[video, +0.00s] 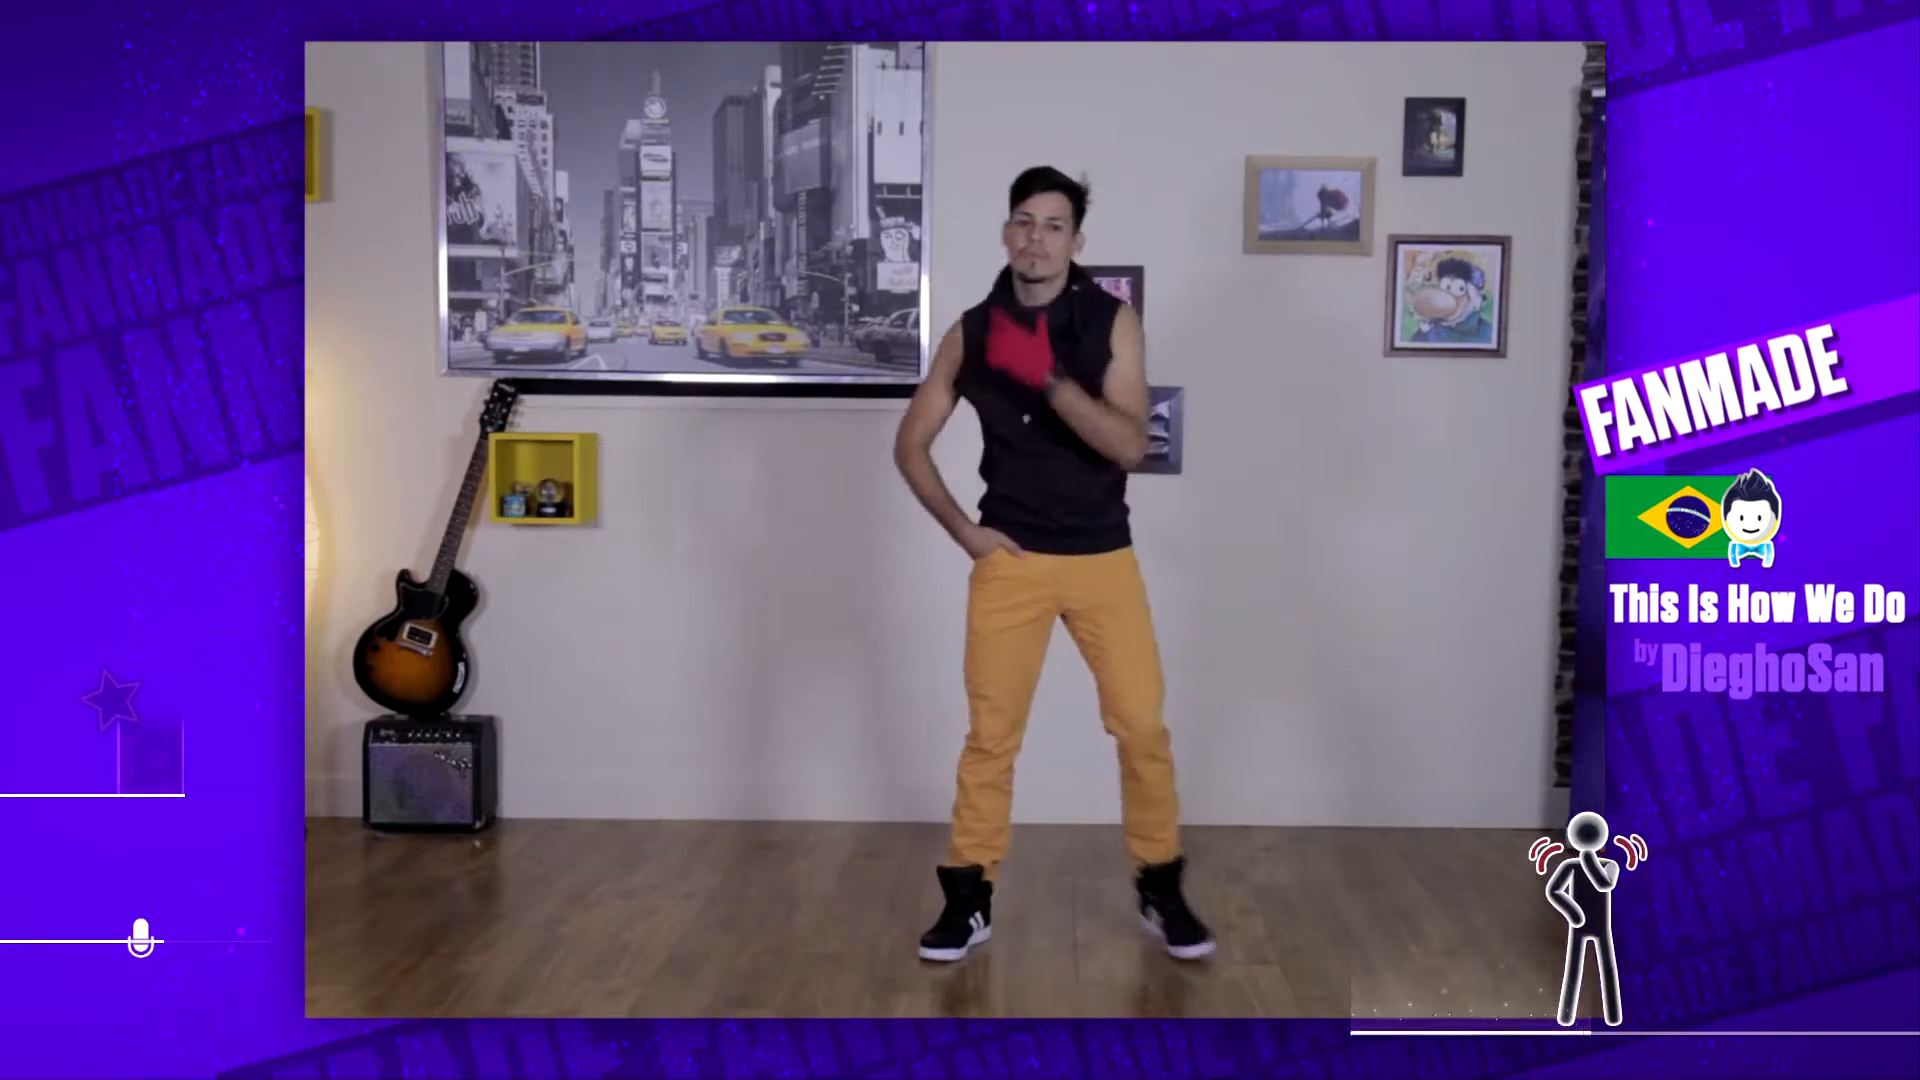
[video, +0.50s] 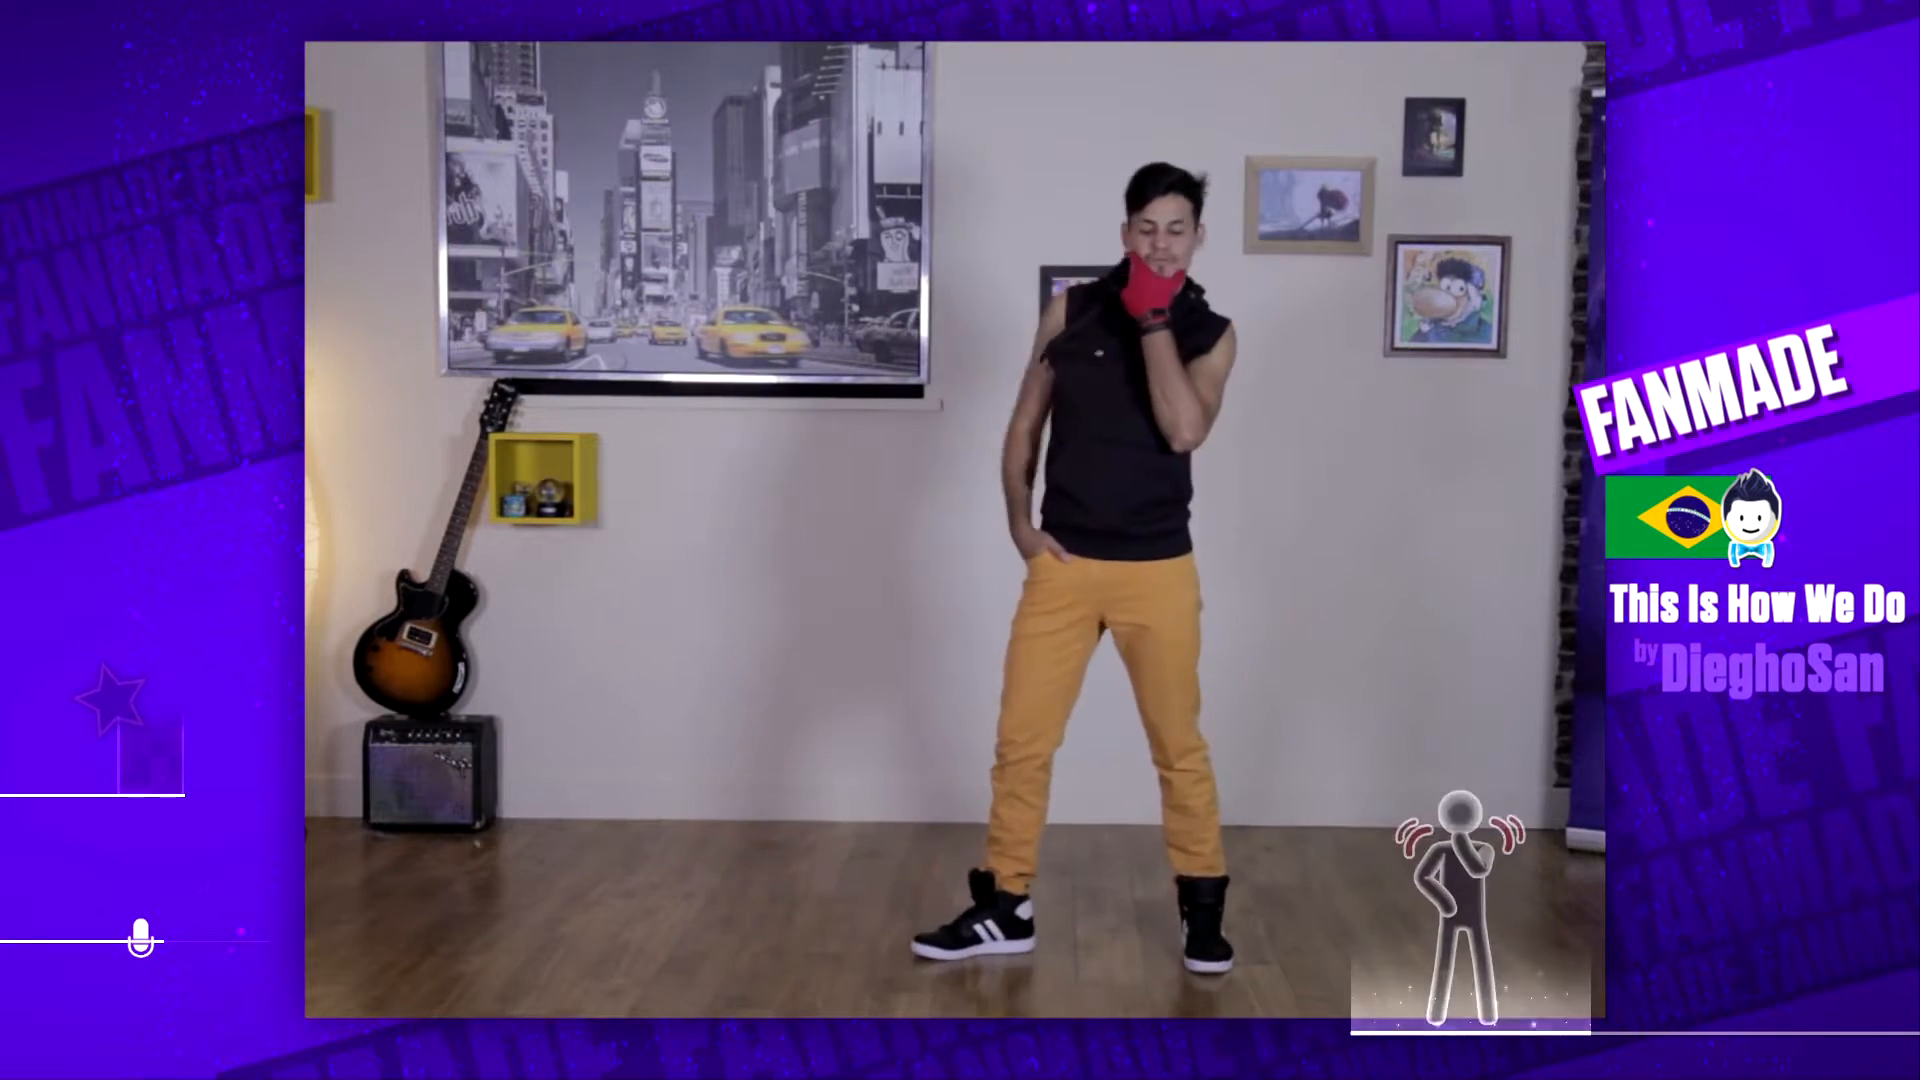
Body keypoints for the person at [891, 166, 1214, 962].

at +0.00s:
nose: (1034, 238)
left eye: (1051, 226)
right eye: (1023, 224)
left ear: (1076, 238)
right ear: (1005, 233)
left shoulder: (1112, 322)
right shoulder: (972, 332)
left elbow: (1130, 447)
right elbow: (909, 446)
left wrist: (1050, 377)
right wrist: (967, 533)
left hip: (1103, 562)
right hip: (1009, 562)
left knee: (1143, 726)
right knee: (991, 736)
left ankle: (1161, 887)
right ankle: (968, 898)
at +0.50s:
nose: (1160, 244)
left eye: (1176, 230)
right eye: (1147, 229)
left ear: (1199, 239)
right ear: (1124, 232)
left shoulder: (1210, 333)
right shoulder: (1071, 313)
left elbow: (1184, 429)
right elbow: (1025, 428)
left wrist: (1153, 320)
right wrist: (1021, 523)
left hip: (1156, 573)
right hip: (1062, 565)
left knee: (1177, 747)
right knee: (1020, 744)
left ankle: (1202, 909)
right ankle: (1005, 908)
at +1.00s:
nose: (1067, 244)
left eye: (1085, 231)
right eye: (1058, 229)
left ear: (1113, 240)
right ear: (1045, 230)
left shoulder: (1118, 325)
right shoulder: (1001, 304)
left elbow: (1133, 435)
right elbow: (938, 426)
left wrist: (1080, 345)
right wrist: (984, 540)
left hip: (1108, 565)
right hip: (1017, 566)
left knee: (1148, 738)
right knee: (992, 744)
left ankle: (1173, 906)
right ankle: (969, 903)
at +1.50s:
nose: (1002, 254)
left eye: (1015, 237)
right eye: (988, 243)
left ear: (1048, 232)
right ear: (978, 249)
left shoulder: (1103, 309)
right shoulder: (992, 335)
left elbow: (1078, 428)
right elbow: (974, 444)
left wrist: (1013, 340)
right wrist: (957, 515)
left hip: (1087, 565)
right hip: (995, 559)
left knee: (1132, 741)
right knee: (981, 739)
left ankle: (1179, 903)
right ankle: (969, 901)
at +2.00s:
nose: (1085, 264)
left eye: (1100, 249)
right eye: (1076, 249)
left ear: (1146, 244)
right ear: (1068, 248)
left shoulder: (1187, 329)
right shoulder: (1045, 332)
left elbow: (1166, 437)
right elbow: (1015, 446)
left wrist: (1101, 352)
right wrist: (1013, 530)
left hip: (1147, 572)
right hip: (1052, 566)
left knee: (1166, 745)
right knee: (1013, 743)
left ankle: (1191, 908)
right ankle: (981, 903)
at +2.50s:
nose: (1034, 242)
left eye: (1051, 229)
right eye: (1025, 228)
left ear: (1087, 238)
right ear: (1016, 233)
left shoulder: (1111, 332)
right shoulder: (974, 317)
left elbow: (1119, 453)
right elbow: (914, 440)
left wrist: (1068, 358)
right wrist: (960, 540)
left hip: (1092, 569)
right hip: (998, 568)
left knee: (1127, 742)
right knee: (981, 744)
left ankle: (1167, 905)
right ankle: (962, 903)